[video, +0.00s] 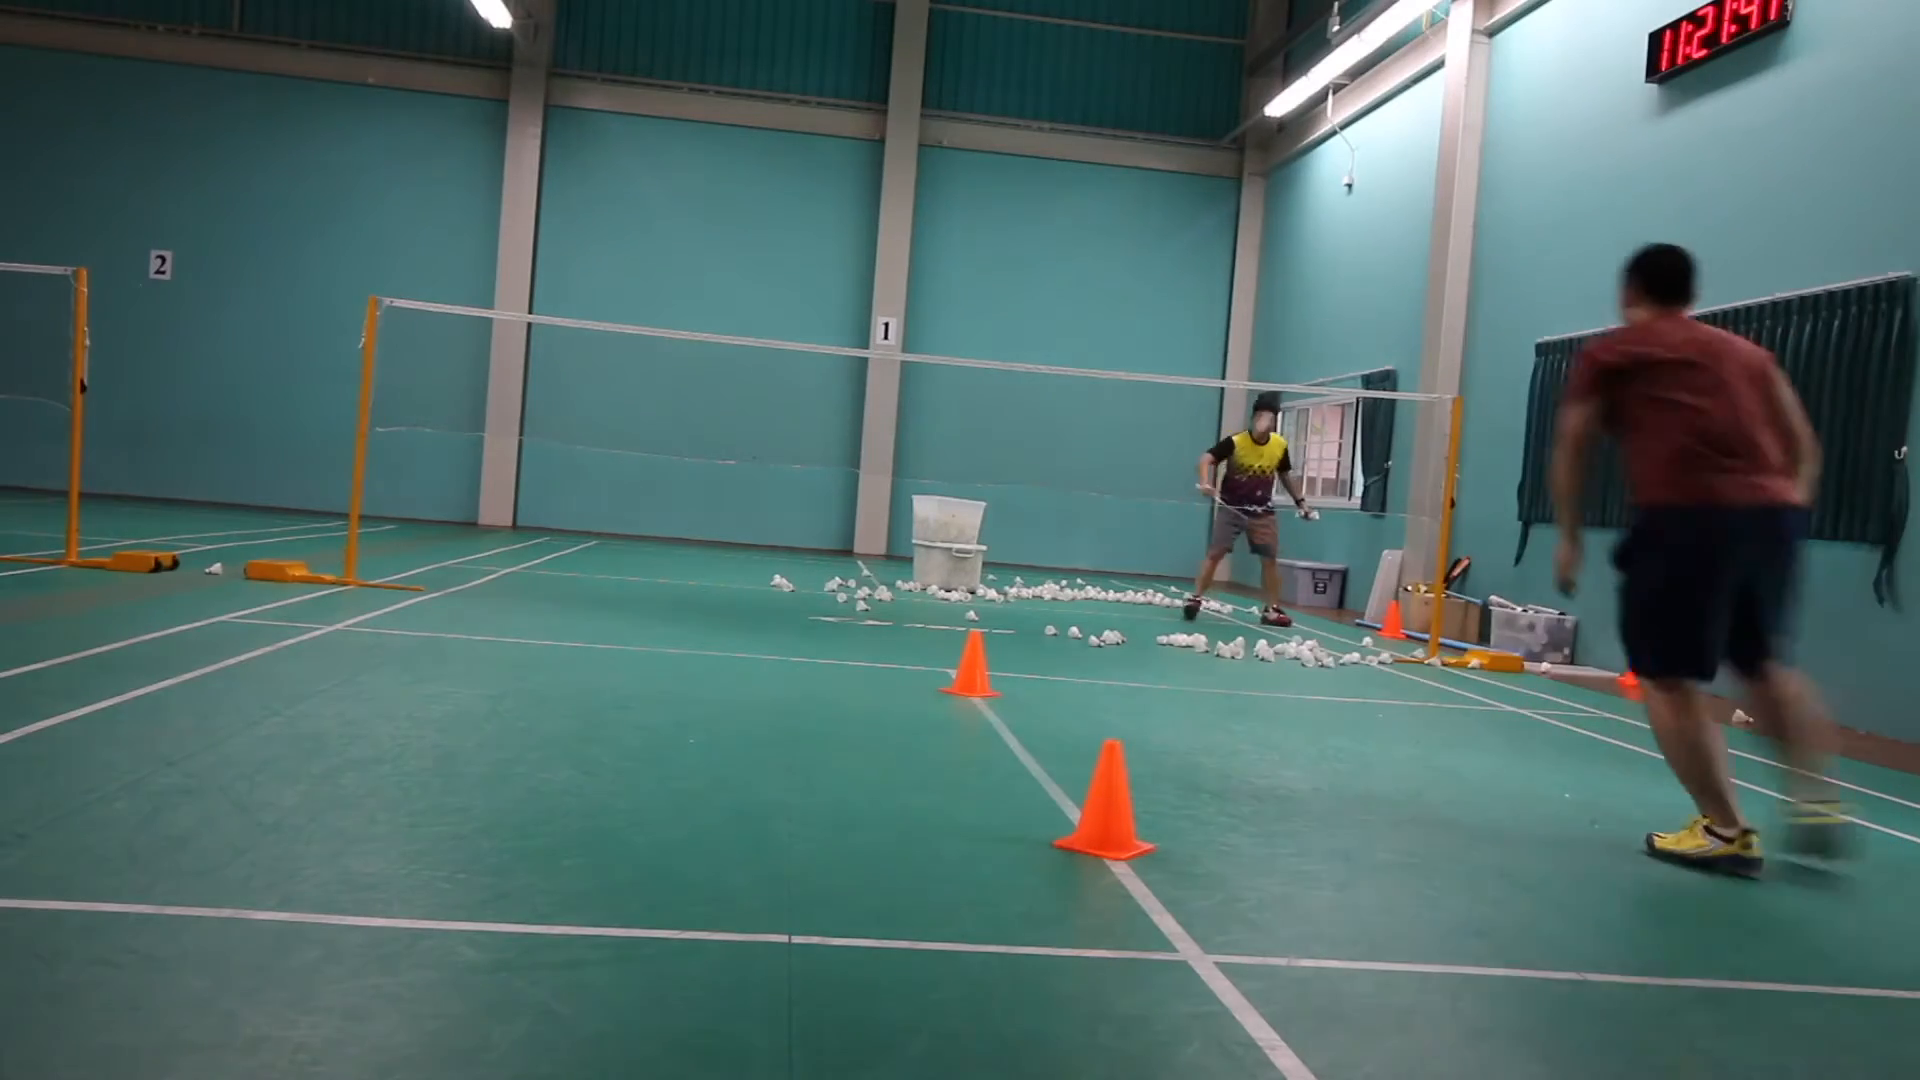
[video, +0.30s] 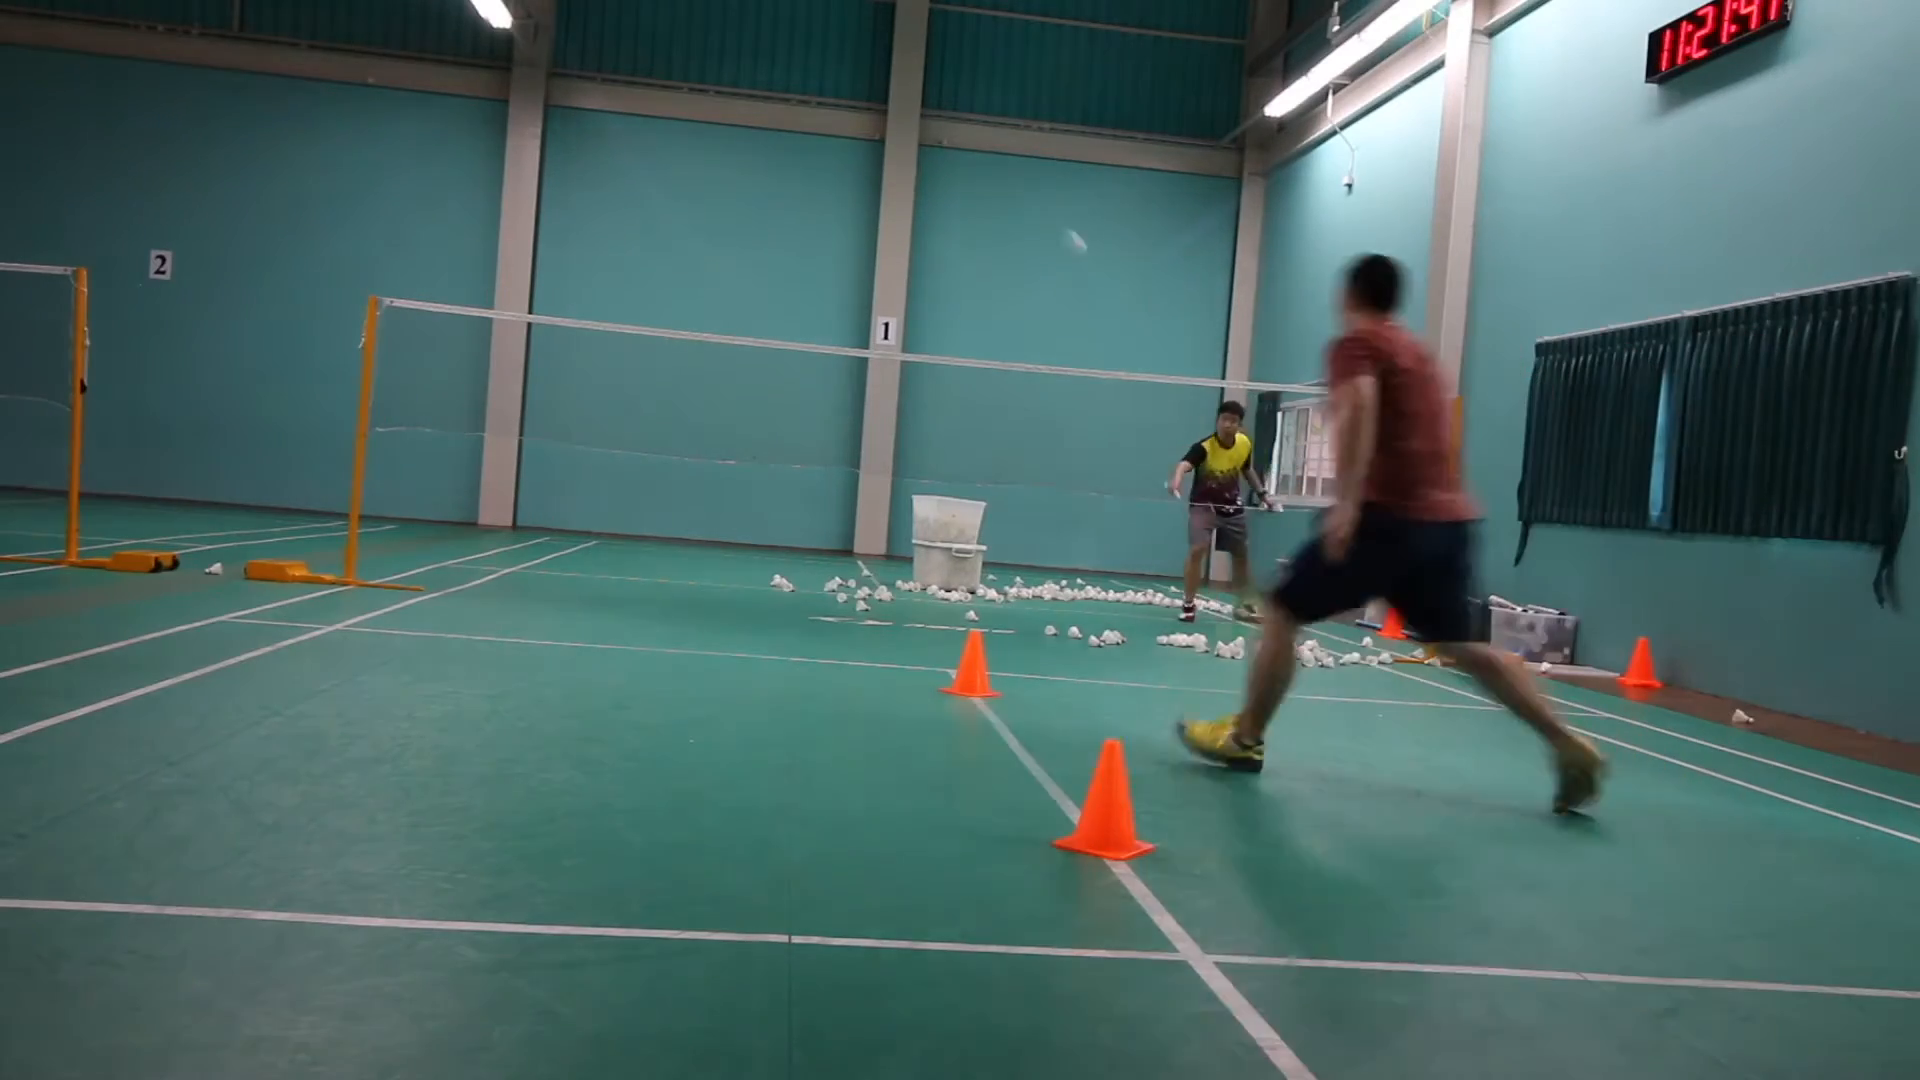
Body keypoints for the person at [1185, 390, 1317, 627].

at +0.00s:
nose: (1264, 420)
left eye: (1269, 416)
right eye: (1261, 415)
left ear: (1274, 420)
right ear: (1253, 417)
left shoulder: (1279, 446)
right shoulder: (1236, 442)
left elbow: (1286, 476)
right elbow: (1206, 459)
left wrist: (1300, 503)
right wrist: (1205, 483)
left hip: (1263, 513)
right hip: (1231, 509)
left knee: (1270, 559)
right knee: (1216, 554)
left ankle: (1272, 608)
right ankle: (1196, 598)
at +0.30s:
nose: (1228, 426)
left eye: (1233, 421)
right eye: (1225, 420)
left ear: (1240, 425)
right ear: (1217, 421)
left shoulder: (1245, 444)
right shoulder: (1205, 447)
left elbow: (1247, 470)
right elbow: (1185, 465)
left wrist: (1262, 494)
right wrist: (1176, 482)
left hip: (1232, 508)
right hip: (1203, 507)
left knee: (1241, 554)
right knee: (1198, 550)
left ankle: (1243, 603)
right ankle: (1189, 602)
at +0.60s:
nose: (1231, 417)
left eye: (1236, 413)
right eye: (1227, 412)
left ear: (1244, 417)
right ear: (1221, 416)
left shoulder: (1253, 442)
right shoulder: (1206, 445)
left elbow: (1258, 470)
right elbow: (1192, 478)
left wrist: (1271, 496)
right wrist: (1188, 507)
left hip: (1239, 511)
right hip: (1210, 509)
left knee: (1241, 557)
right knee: (1201, 553)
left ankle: (1234, 604)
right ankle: (1190, 601)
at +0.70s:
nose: (1234, 415)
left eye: (1239, 411)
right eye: (1230, 410)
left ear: (1246, 416)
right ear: (1224, 414)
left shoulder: (1255, 442)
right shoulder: (1208, 444)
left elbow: (1261, 472)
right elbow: (1194, 478)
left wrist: (1273, 498)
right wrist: (1184, 510)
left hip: (1242, 512)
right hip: (1212, 509)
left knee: (1243, 559)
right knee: (1202, 553)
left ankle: (1234, 604)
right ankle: (1190, 601)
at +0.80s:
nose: (1236, 415)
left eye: (1241, 411)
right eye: (1232, 410)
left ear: (1248, 416)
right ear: (1225, 414)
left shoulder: (1258, 442)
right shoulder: (1211, 445)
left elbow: (1263, 472)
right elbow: (1197, 478)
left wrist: (1277, 499)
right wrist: (1189, 511)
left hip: (1245, 511)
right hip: (1216, 509)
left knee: (1245, 558)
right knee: (1207, 550)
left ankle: (1234, 604)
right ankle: (1191, 601)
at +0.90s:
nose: (1242, 416)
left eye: (1246, 412)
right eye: (1238, 411)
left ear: (1252, 416)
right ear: (1230, 415)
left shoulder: (1260, 441)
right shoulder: (1215, 446)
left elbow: (1264, 472)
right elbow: (1202, 479)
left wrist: (1278, 497)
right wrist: (1203, 510)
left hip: (1246, 509)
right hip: (1220, 508)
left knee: (1246, 556)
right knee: (1215, 549)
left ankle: (1235, 604)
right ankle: (1197, 599)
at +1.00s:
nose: (1251, 419)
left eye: (1255, 415)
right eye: (1247, 414)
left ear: (1260, 420)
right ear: (1237, 417)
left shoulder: (1260, 445)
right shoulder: (1224, 443)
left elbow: (1261, 475)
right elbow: (1208, 469)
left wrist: (1275, 499)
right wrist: (1217, 502)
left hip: (1243, 507)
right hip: (1218, 505)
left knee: (1246, 558)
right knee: (1218, 551)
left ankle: (1236, 604)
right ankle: (1208, 605)